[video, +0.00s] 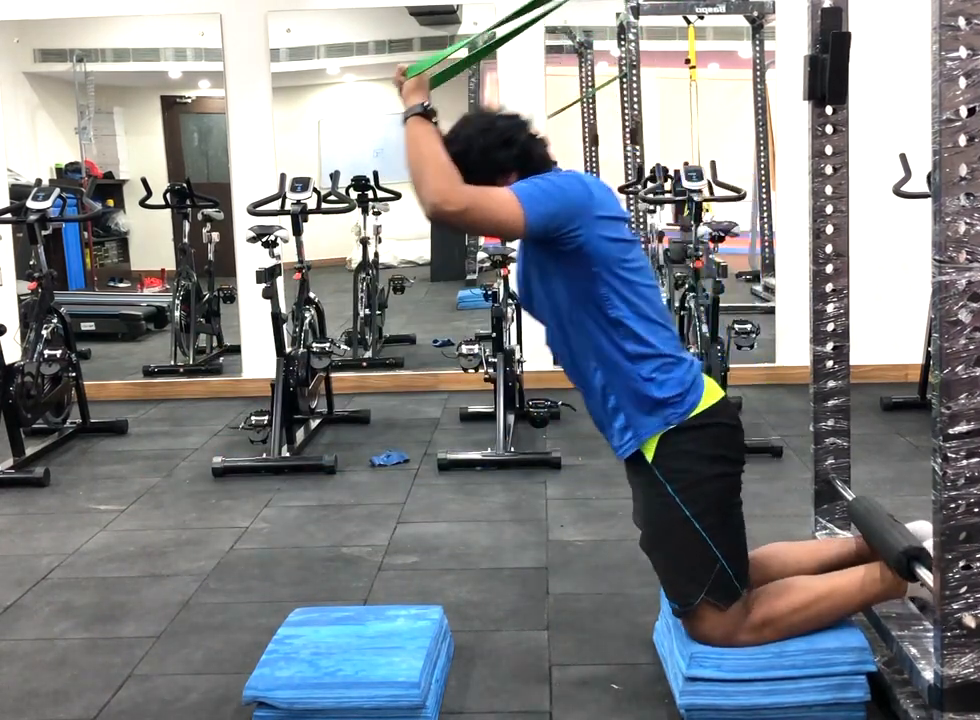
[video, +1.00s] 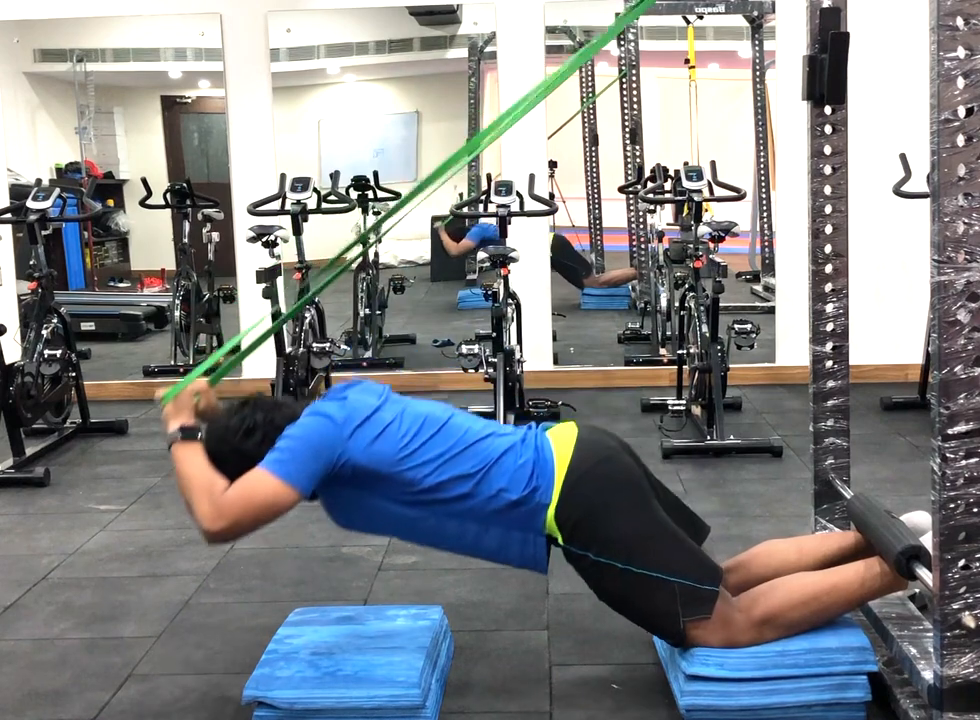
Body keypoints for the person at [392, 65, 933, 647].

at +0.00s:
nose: (477, 203)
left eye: (476, 189)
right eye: (471, 191)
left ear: (501, 176)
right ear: (520, 156)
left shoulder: (571, 196)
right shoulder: (555, 214)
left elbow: (448, 202)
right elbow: (453, 204)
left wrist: (413, 108)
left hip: (680, 431)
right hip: (656, 434)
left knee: (721, 624)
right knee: (709, 583)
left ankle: (900, 579)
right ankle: (865, 544)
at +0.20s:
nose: (424, 237)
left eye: (424, 223)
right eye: (417, 225)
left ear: (447, 207)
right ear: (471, 190)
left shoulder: (511, 222)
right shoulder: (515, 222)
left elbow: (385, 242)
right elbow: (394, 243)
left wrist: (365, 157)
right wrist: (373, 160)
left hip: (653, 436)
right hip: (646, 432)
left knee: (719, 625)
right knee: (712, 585)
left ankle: (898, 573)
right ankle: (866, 542)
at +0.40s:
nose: (363, 297)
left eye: (356, 280)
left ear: (372, 267)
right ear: (398, 233)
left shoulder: (455, 260)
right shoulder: (452, 263)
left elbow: (329, 296)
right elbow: (344, 292)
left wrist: (333, 206)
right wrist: (342, 216)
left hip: (636, 453)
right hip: (632, 443)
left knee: (721, 625)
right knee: (714, 589)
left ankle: (906, 570)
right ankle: (863, 538)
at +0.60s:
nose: (310, 357)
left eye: (309, 343)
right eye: (306, 342)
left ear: (329, 321)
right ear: (345, 304)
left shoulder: (404, 314)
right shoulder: (406, 311)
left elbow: (280, 366)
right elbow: (295, 365)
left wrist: (270, 272)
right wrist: (282, 273)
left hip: (615, 465)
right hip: (613, 449)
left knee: (726, 630)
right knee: (712, 586)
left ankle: (904, 568)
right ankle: (867, 538)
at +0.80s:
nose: (280, 425)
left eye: (275, 411)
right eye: (274, 412)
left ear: (294, 393)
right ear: (305, 355)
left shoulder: (361, 371)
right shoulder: (365, 361)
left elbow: (240, 448)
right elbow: (262, 441)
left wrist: (216, 358)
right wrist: (234, 358)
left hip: (593, 470)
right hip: (594, 448)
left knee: (725, 633)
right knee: (715, 586)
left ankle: (901, 570)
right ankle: (863, 538)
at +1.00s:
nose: (244, 479)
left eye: (241, 465)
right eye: (238, 467)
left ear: (263, 441)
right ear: (273, 405)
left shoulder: (325, 428)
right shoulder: (337, 403)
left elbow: (218, 518)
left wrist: (179, 431)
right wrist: (217, 424)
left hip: (574, 496)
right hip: (578, 464)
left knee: (725, 625)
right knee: (710, 586)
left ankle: (904, 567)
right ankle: (863, 536)